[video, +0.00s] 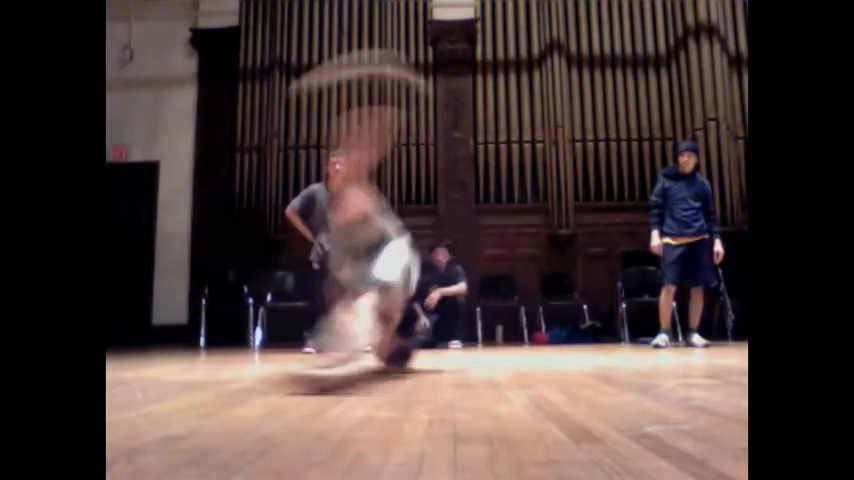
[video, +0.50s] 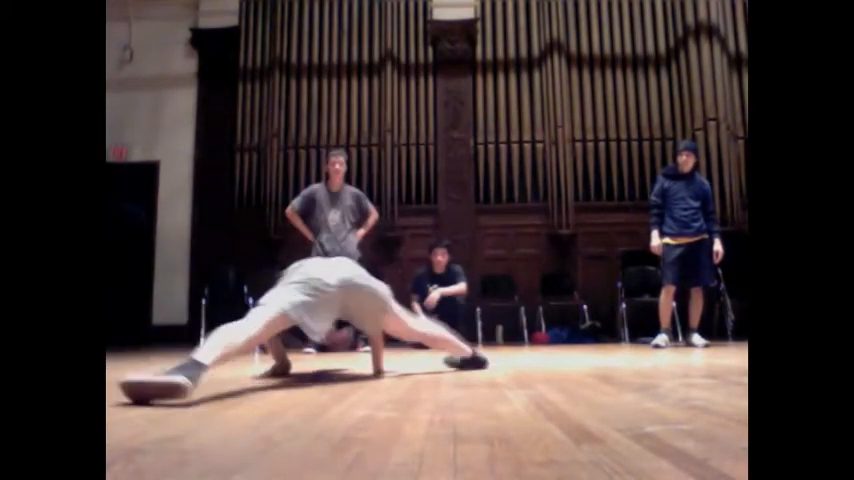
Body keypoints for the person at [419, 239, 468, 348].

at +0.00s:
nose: (440, 259)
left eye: (443, 254)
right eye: (437, 255)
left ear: (449, 256)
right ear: (431, 256)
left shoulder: (455, 270)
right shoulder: (428, 273)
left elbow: (462, 288)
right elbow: (416, 299)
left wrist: (439, 292)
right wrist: (421, 316)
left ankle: (455, 339)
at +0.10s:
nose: (440, 259)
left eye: (443, 255)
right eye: (436, 255)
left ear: (449, 257)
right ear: (431, 257)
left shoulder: (455, 271)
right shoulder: (425, 275)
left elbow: (463, 288)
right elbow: (415, 300)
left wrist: (439, 292)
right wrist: (421, 317)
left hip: (451, 309)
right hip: (433, 311)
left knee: (458, 300)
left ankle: (456, 338)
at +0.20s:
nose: (440, 259)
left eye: (443, 255)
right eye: (436, 255)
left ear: (449, 257)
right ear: (431, 257)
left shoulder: (455, 271)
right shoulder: (423, 275)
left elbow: (462, 288)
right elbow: (416, 298)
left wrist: (439, 292)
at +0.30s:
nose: (440, 259)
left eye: (443, 255)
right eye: (436, 255)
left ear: (448, 257)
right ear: (431, 257)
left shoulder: (455, 270)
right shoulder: (422, 274)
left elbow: (462, 288)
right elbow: (414, 299)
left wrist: (440, 291)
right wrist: (421, 315)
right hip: (429, 317)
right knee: (420, 341)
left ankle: (455, 338)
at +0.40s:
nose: (440, 259)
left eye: (443, 255)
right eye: (436, 255)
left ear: (448, 257)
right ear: (431, 257)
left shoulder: (455, 270)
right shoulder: (422, 274)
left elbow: (462, 288)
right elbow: (415, 299)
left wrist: (440, 291)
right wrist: (421, 315)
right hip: (429, 316)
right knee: (420, 341)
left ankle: (455, 339)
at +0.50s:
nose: (439, 259)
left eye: (443, 255)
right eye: (436, 255)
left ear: (448, 257)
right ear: (430, 257)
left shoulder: (455, 271)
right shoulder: (423, 274)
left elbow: (462, 288)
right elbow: (414, 299)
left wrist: (439, 292)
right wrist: (423, 319)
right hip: (429, 316)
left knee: (458, 302)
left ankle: (459, 337)